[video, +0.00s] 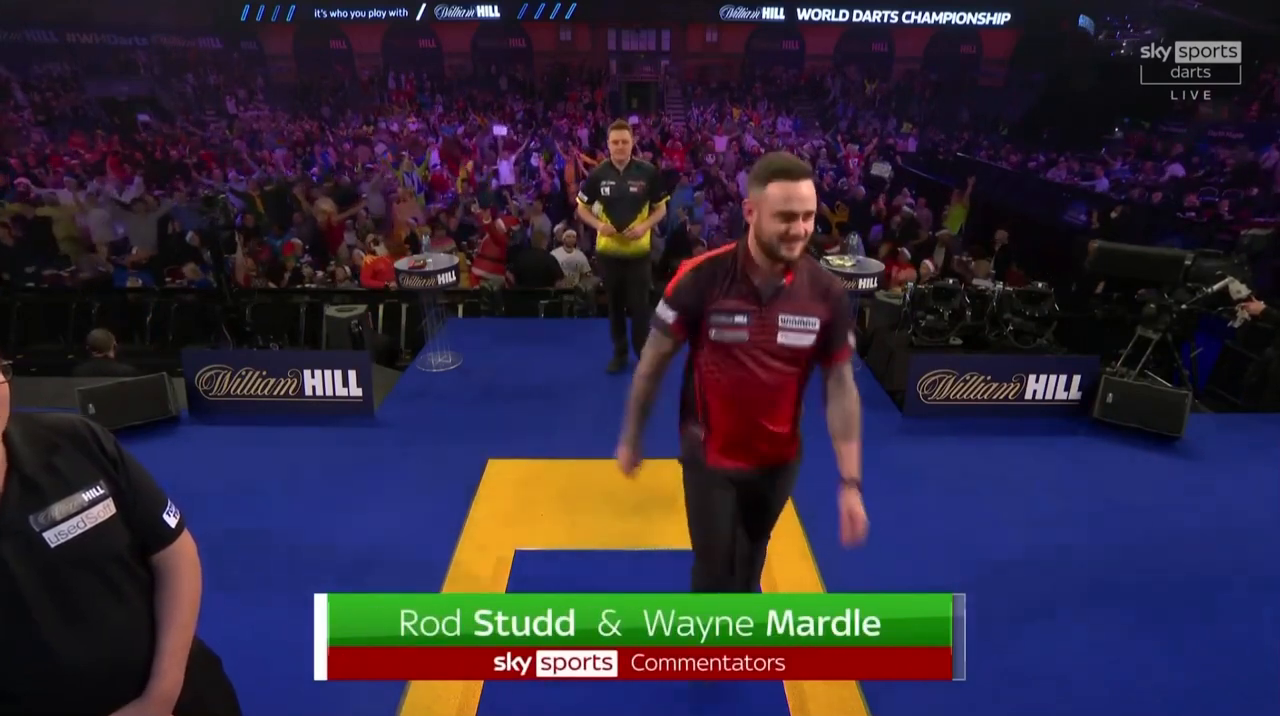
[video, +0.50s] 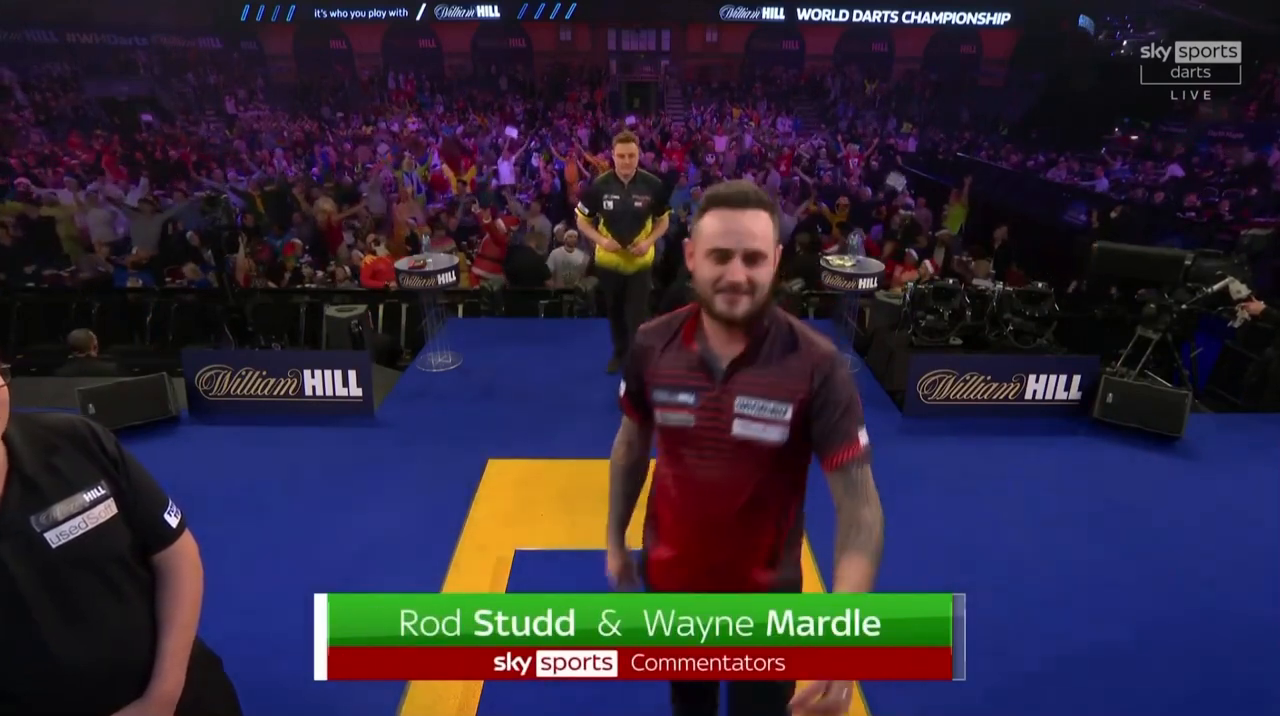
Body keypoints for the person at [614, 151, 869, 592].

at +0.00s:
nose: (799, 229)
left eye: (808, 217)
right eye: (786, 217)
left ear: (816, 213)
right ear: (750, 211)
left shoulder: (827, 294)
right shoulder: (700, 281)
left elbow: (841, 385)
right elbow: (653, 359)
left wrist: (851, 483)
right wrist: (631, 437)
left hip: (777, 459)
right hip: (711, 456)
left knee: (748, 570)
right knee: (717, 575)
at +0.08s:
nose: (799, 235)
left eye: (808, 222)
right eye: (785, 221)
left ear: (817, 222)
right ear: (748, 217)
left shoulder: (829, 301)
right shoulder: (698, 288)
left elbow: (851, 401)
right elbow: (647, 360)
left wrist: (863, 504)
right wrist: (614, 430)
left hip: (777, 472)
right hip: (709, 470)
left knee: (747, 582)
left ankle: (720, 662)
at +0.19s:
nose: (789, 248)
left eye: (799, 235)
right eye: (774, 234)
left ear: (810, 238)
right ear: (737, 233)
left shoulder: (829, 323)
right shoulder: (690, 306)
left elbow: (856, 424)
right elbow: (641, 374)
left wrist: (869, 530)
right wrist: (604, 443)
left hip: (779, 506)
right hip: (706, 504)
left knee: (734, 616)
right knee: (712, 638)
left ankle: (700, 682)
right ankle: (700, 706)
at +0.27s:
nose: (773, 257)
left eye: (786, 243)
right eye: (758, 241)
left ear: (798, 248)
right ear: (723, 241)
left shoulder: (824, 336)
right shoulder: (681, 320)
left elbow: (854, 441)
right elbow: (639, 388)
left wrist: (864, 550)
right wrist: (606, 459)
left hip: (776, 528)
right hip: (698, 524)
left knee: (747, 623)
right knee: (703, 656)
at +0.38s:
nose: (750, 265)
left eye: (765, 251)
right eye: (734, 249)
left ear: (783, 261)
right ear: (702, 254)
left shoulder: (817, 352)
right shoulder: (664, 338)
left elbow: (853, 468)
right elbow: (637, 412)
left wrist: (852, 580)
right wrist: (616, 497)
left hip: (771, 565)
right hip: (683, 559)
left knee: (770, 665)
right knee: (694, 689)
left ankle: (770, 676)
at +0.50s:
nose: (736, 275)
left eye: (754, 258)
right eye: (720, 257)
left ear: (777, 261)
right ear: (690, 256)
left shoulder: (816, 366)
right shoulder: (653, 346)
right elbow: (632, 440)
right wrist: (616, 544)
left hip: (764, 595)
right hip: (673, 583)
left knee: (758, 705)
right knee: (689, 702)